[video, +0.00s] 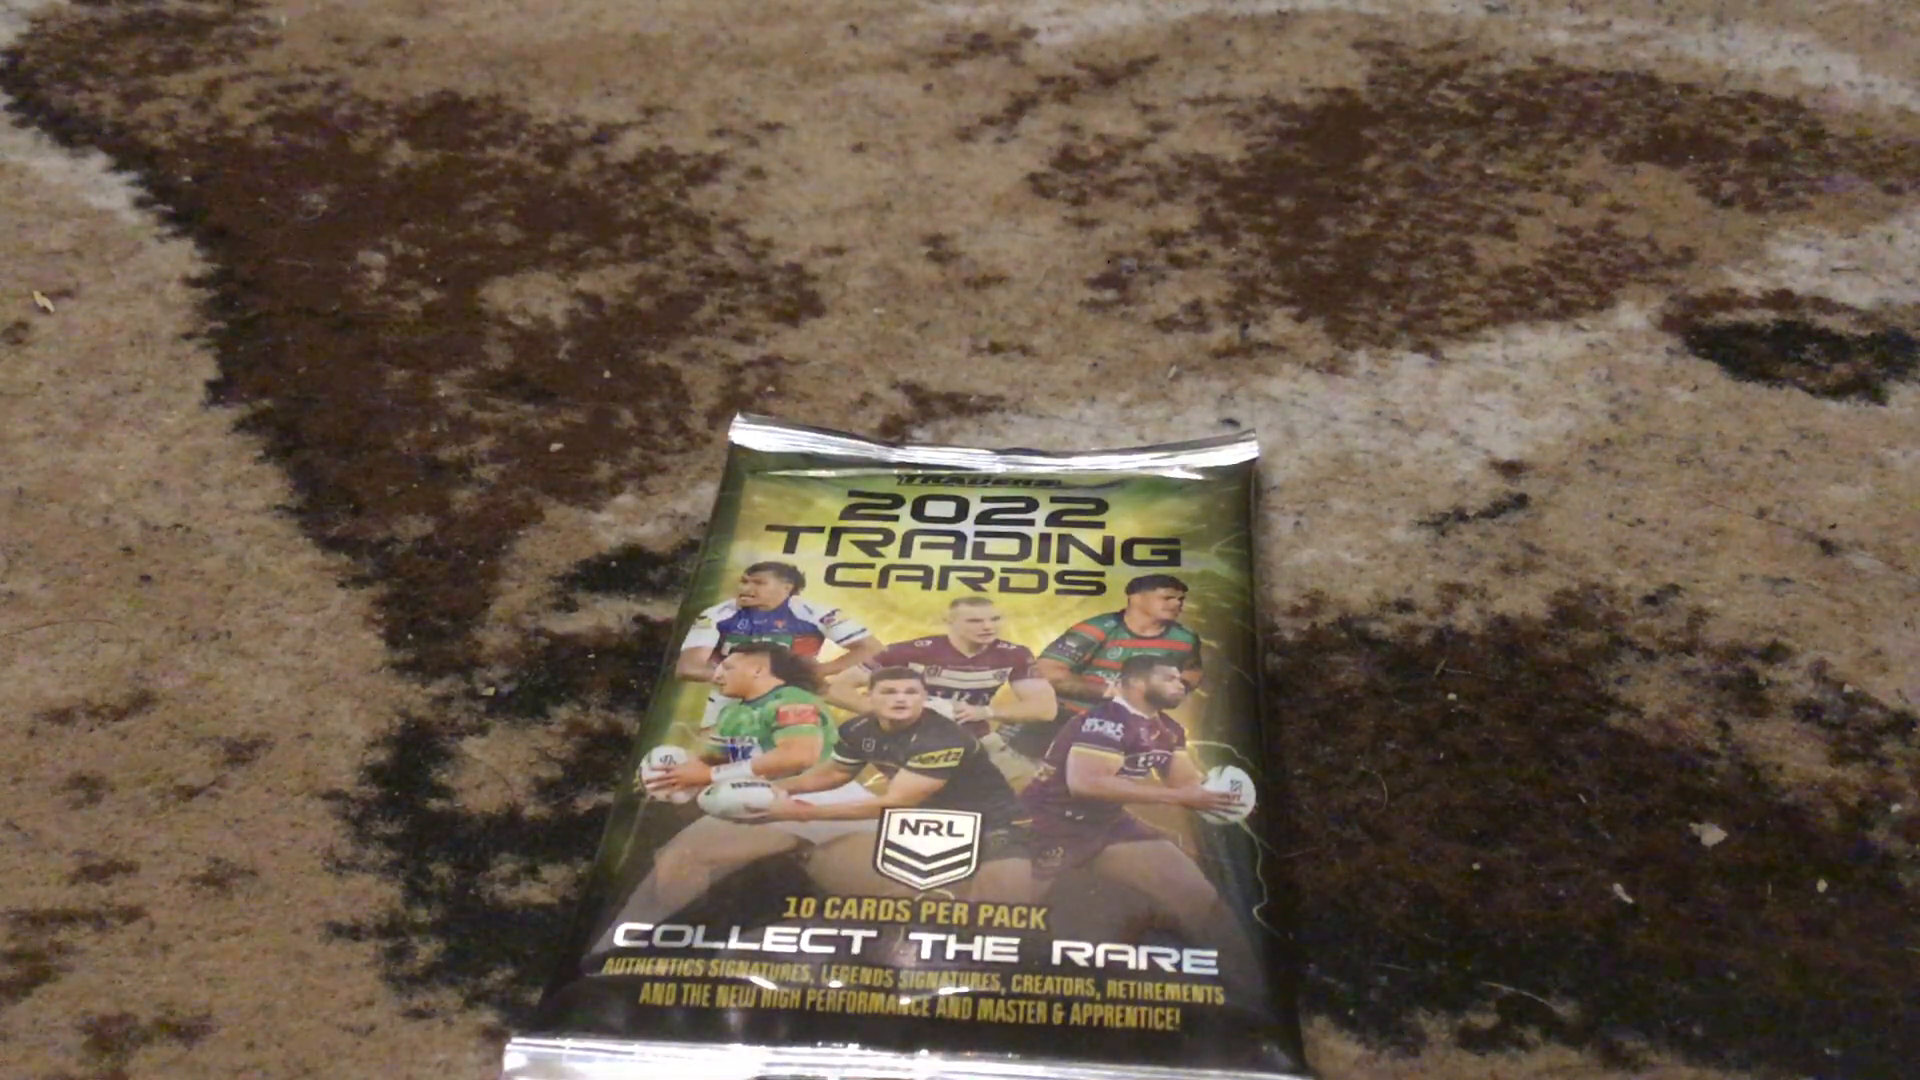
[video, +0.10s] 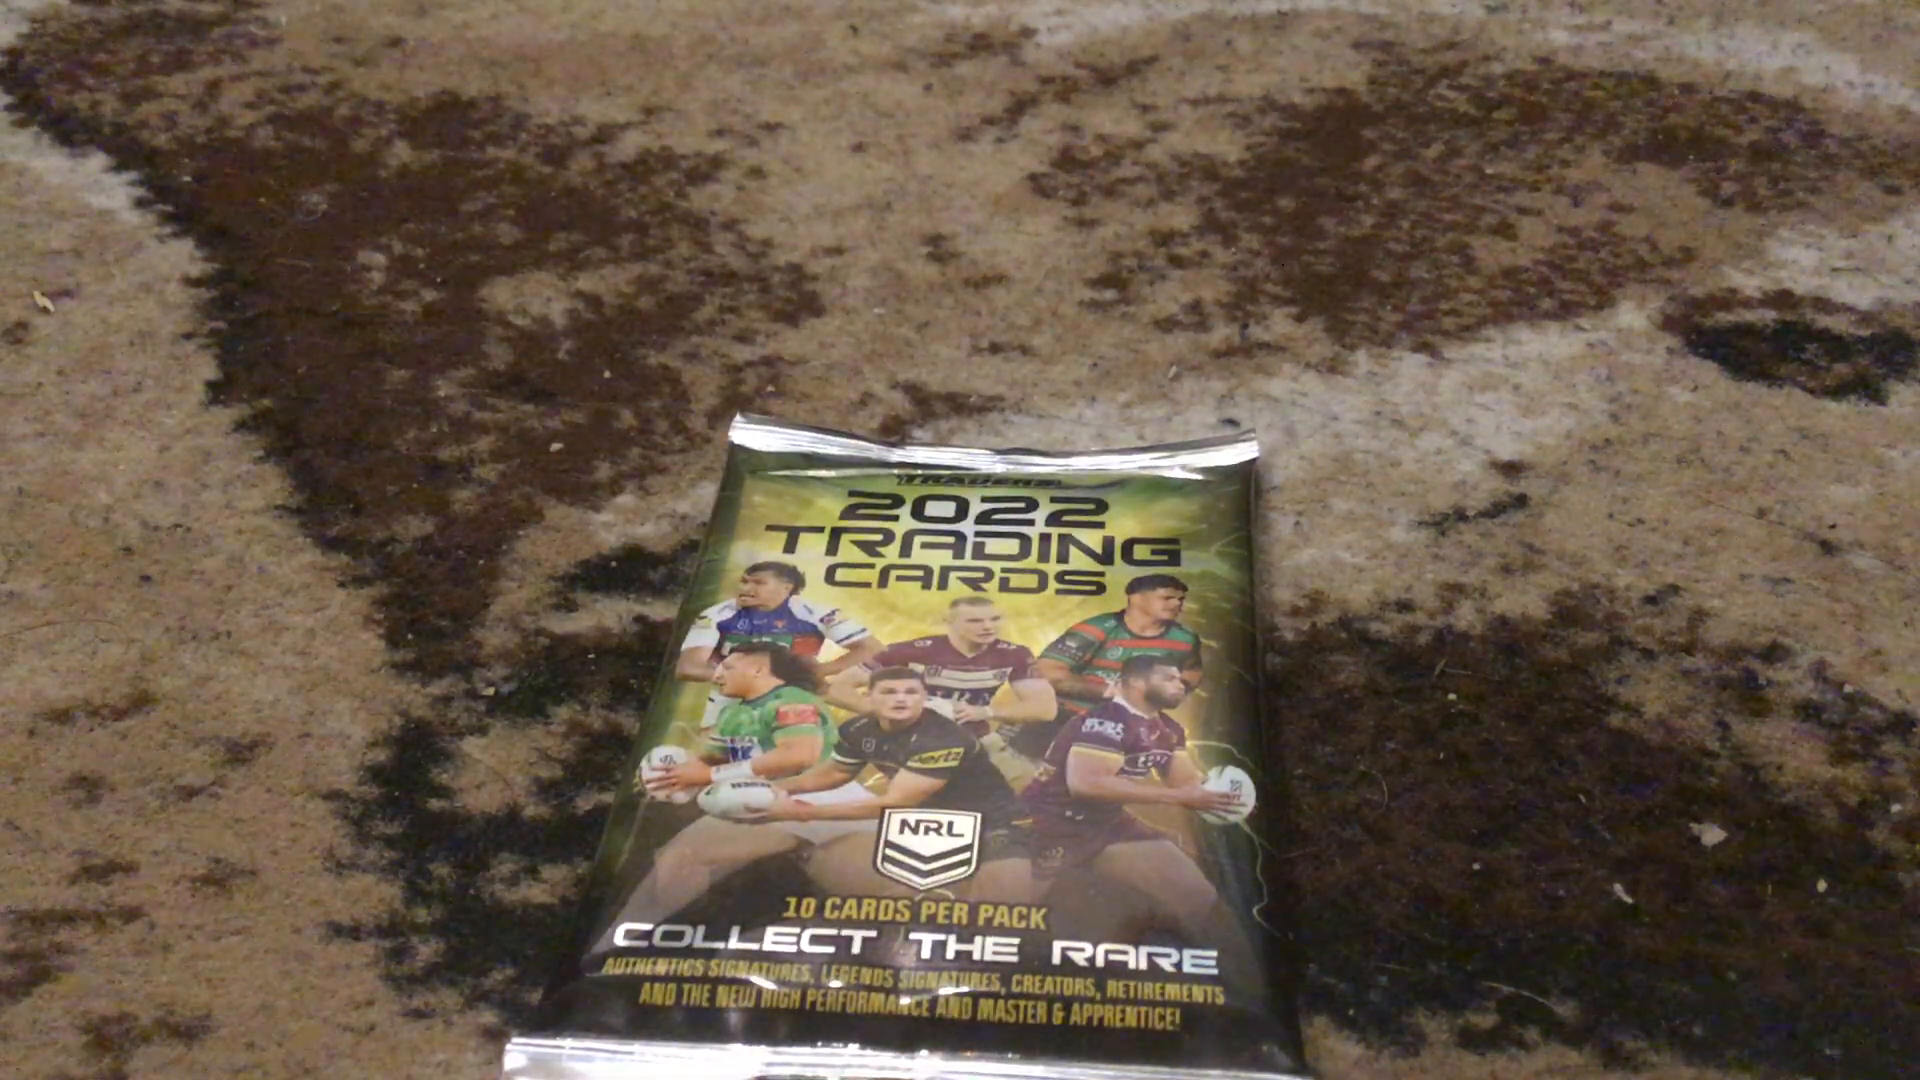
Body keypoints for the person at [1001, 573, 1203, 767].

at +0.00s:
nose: (1177, 605)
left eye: (1179, 600)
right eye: (1167, 598)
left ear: (1182, 603)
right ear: (1135, 598)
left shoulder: (1186, 640)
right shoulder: (1097, 629)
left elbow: (1194, 672)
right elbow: (1044, 670)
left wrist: (1162, 695)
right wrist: (1106, 691)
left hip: (1141, 726)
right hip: (1081, 723)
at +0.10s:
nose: (1176, 605)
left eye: (1179, 600)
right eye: (1166, 598)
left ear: (1183, 605)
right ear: (1135, 598)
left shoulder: (1186, 640)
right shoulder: (1096, 629)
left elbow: (1193, 674)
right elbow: (1044, 670)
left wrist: (1155, 695)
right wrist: (1106, 691)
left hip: (1143, 727)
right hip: (1081, 723)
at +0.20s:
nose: (1176, 605)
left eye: (1179, 600)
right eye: (1167, 598)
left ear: (1183, 604)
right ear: (1136, 598)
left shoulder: (1186, 640)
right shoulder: (1098, 629)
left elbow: (1193, 674)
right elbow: (1045, 670)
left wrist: (1154, 695)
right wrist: (1106, 691)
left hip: (1144, 727)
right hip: (1083, 724)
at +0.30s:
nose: (1177, 605)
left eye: (1179, 599)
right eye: (1167, 598)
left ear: (1183, 603)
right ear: (1135, 598)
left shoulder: (1186, 640)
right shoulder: (1099, 628)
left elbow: (1194, 672)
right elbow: (1044, 670)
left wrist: (1161, 696)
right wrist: (1105, 691)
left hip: (1141, 728)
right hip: (1083, 725)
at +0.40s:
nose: (1177, 604)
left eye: (1179, 600)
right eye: (1167, 598)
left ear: (1183, 604)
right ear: (1135, 598)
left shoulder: (1186, 639)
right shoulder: (1098, 629)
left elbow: (1193, 674)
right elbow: (1044, 670)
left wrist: (1156, 695)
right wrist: (1106, 691)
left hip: (1142, 726)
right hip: (1083, 724)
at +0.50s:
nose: (1176, 604)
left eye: (1179, 599)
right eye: (1167, 597)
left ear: (1182, 604)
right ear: (1135, 597)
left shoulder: (1186, 639)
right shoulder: (1099, 628)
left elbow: (1193, 674)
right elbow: (1044, 669)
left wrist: (1157, 693)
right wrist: (1106, 691)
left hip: (1143, 727)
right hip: (1082, 723)